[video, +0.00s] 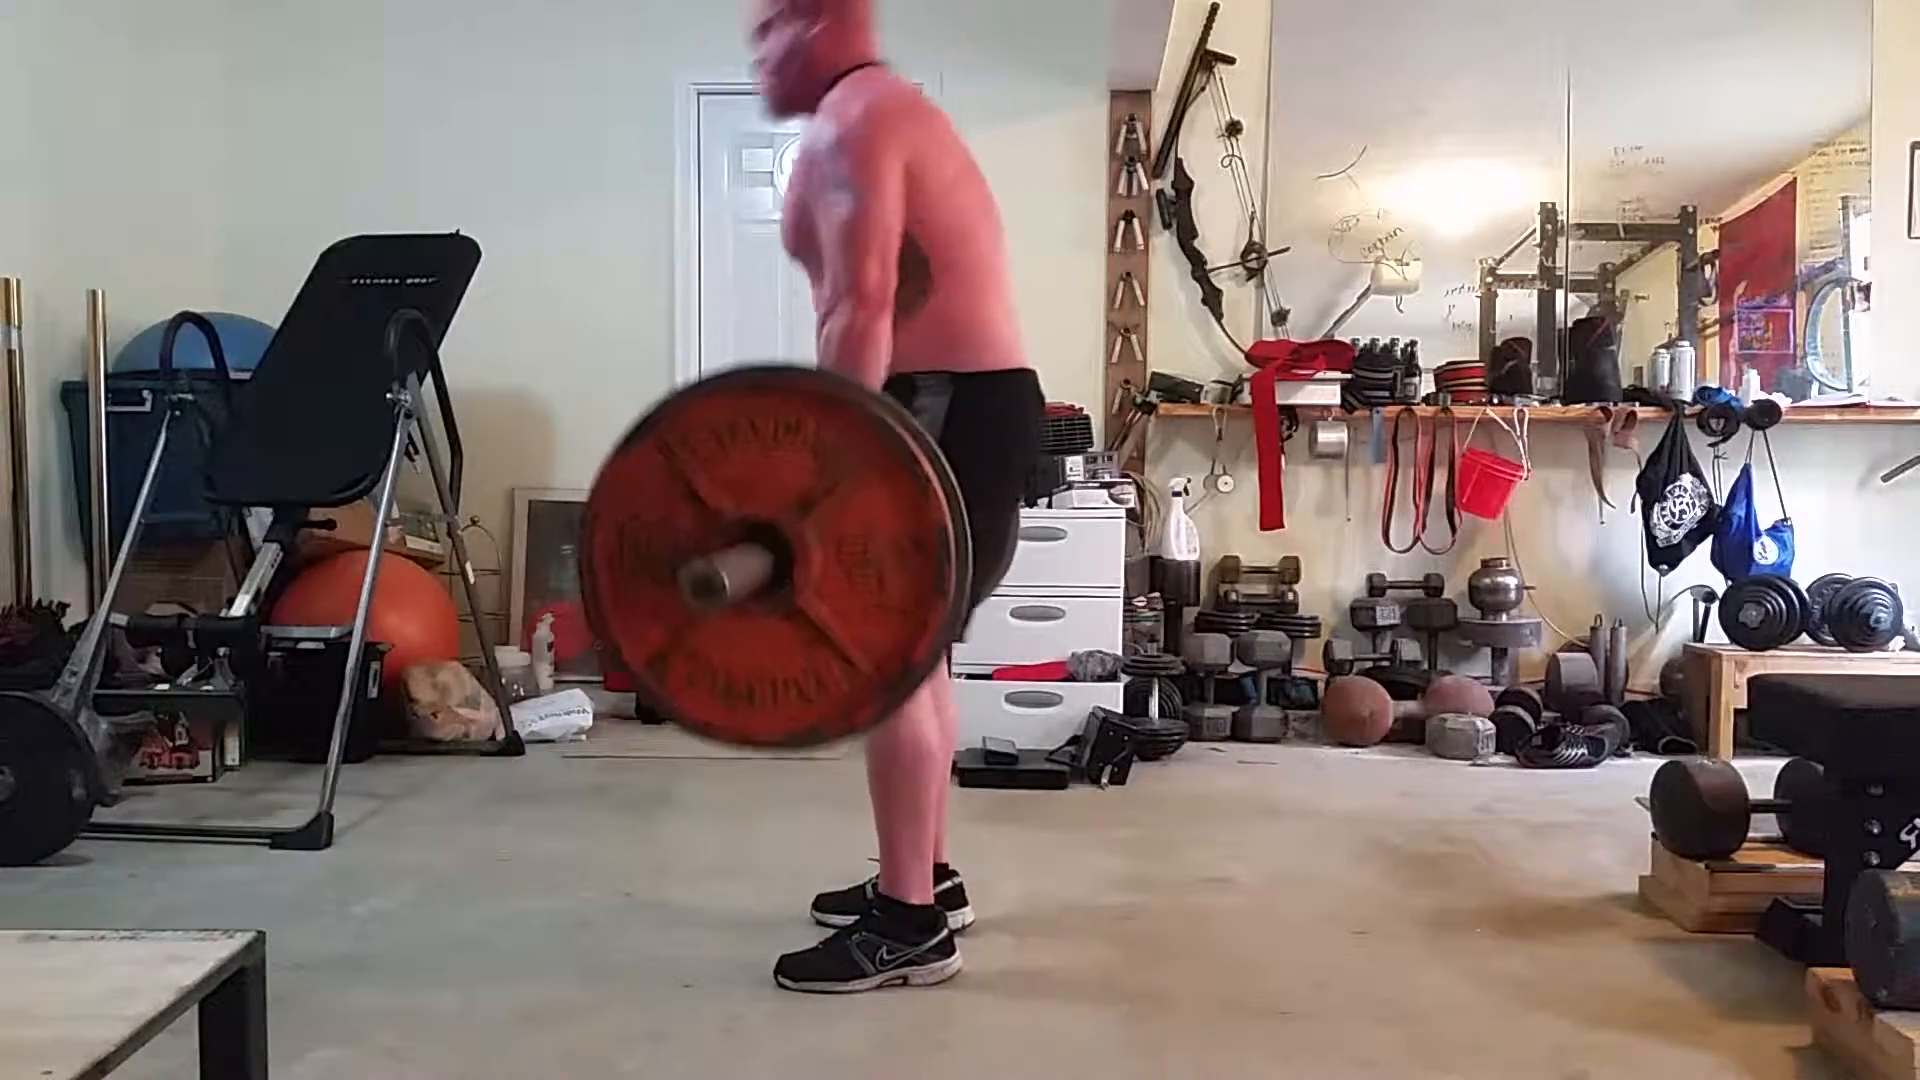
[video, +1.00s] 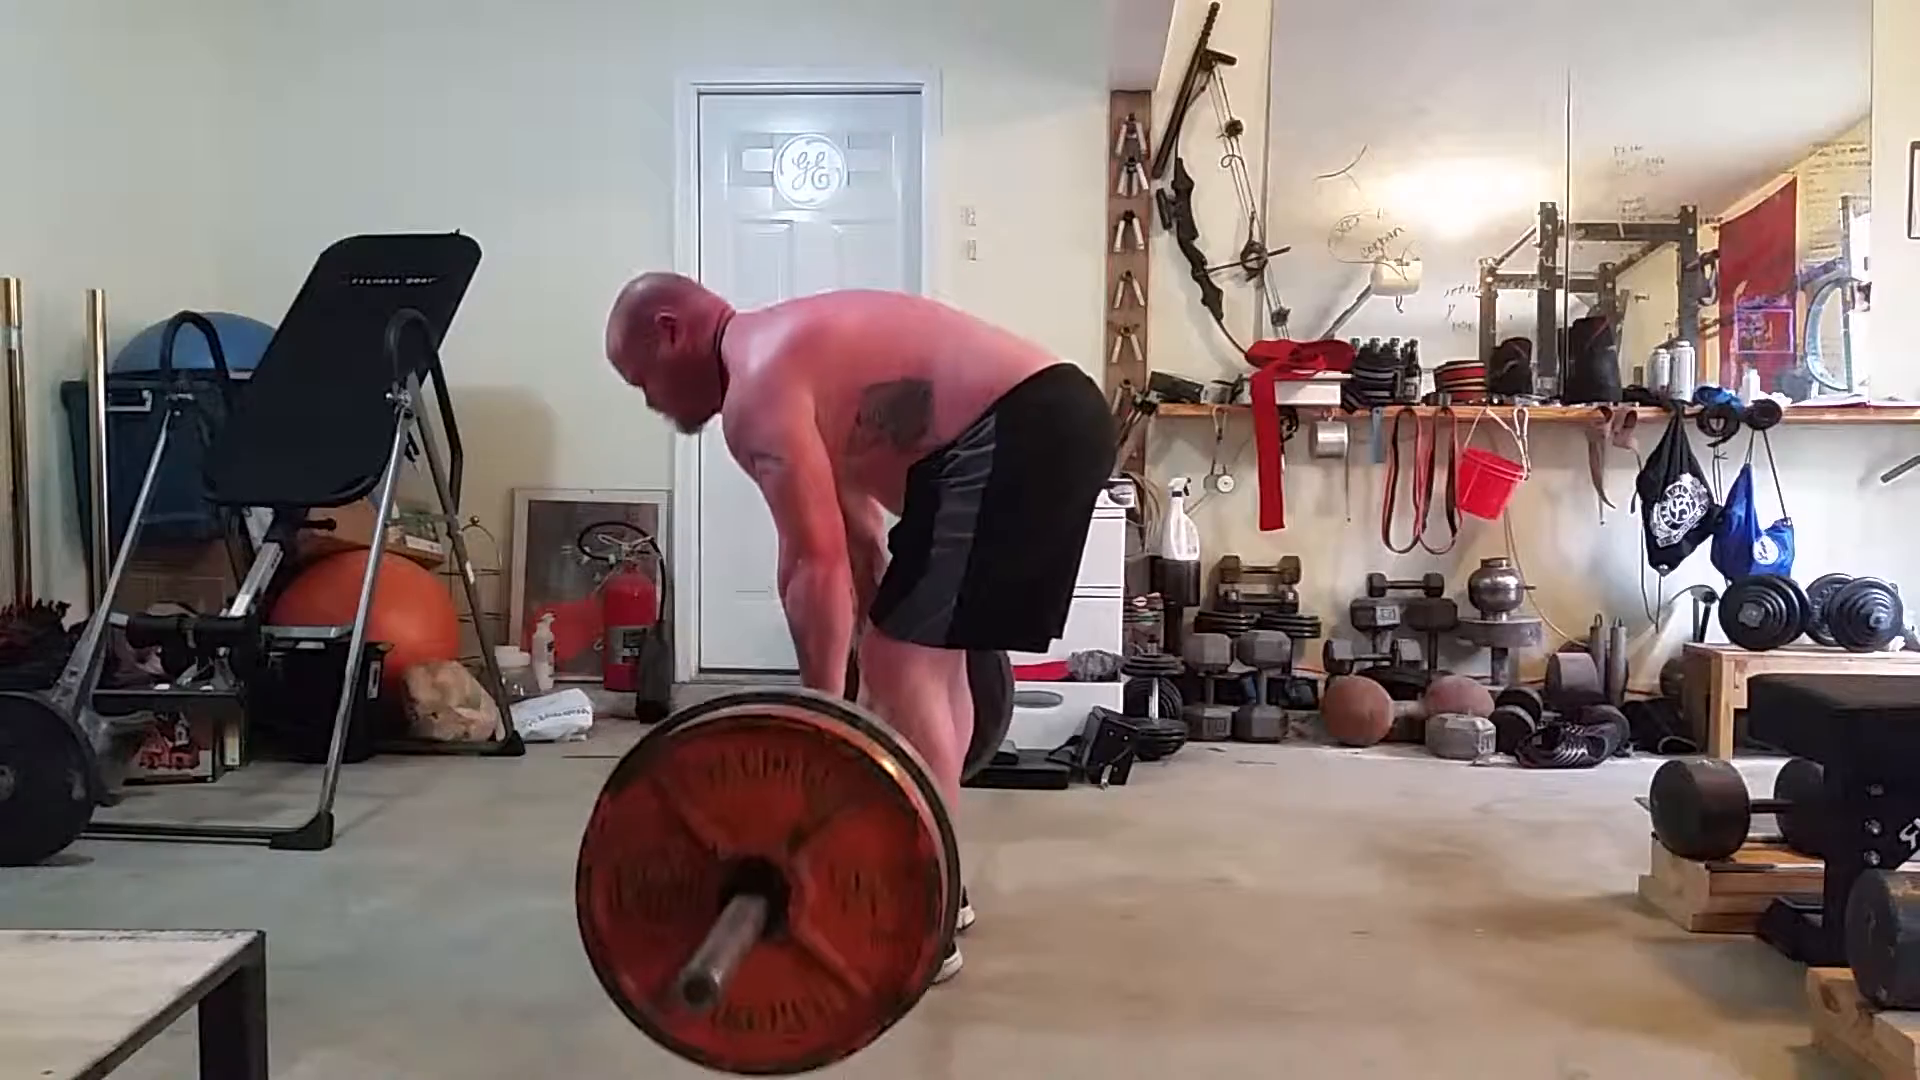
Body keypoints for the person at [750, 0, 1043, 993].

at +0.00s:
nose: (756, 54)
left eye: (768, 30)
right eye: (755, 35)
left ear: (821, 24)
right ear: (839, 31)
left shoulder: (860, 119)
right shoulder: (870, 117)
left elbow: (861, 305)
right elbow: (869, 312)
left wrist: (820, 470)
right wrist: (816, 463)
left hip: (948, 403)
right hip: (961, 403)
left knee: (895, 651)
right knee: (913, 649)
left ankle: (907, 919)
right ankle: (924, 881)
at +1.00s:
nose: (647, 401)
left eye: (641, 379)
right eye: (636, 387)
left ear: (675, 334)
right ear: (683, 328)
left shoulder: (761, 389)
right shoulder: (783, 360)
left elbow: (817, 560)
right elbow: (861, 545)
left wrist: (818, 725)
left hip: (1012, 431)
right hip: (1036, 420)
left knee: (895, 658)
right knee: (926, 658)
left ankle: (922, 911)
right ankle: (935, 890)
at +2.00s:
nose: (855, 11)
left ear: (913, 8)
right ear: (938, 15)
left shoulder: (928, 90)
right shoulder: (955, 94)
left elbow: (898, 280)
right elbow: (871, 283)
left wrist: (822, 428)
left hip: (933, 404)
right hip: (959, 404)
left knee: (896, 653)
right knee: (915, 650)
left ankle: (909, 919)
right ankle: (925, 880)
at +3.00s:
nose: (649, 408)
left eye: (641, 387)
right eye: (637, 395)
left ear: (673, 337)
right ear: (680, 332)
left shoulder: (760, 392)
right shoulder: (781, 364)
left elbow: (812, 565)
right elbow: (861, 544)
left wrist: (812, 732)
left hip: (1016, 430)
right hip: (1036, 420)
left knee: (897, 658)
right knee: (922, 657)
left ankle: (920, 910)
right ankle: (929, 890)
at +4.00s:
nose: (769, 21)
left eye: (787, 4)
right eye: (775, 6)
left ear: (841, 13)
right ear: (853, 21)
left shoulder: (860, 112)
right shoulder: (855, 115)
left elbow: (860, 294)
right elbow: (841, 302)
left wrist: (822, 454)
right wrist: (803, 451)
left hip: (945, 395)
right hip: (946, 395)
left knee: (921, 656)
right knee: (922, 654)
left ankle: (913, 917)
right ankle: (922, 882)